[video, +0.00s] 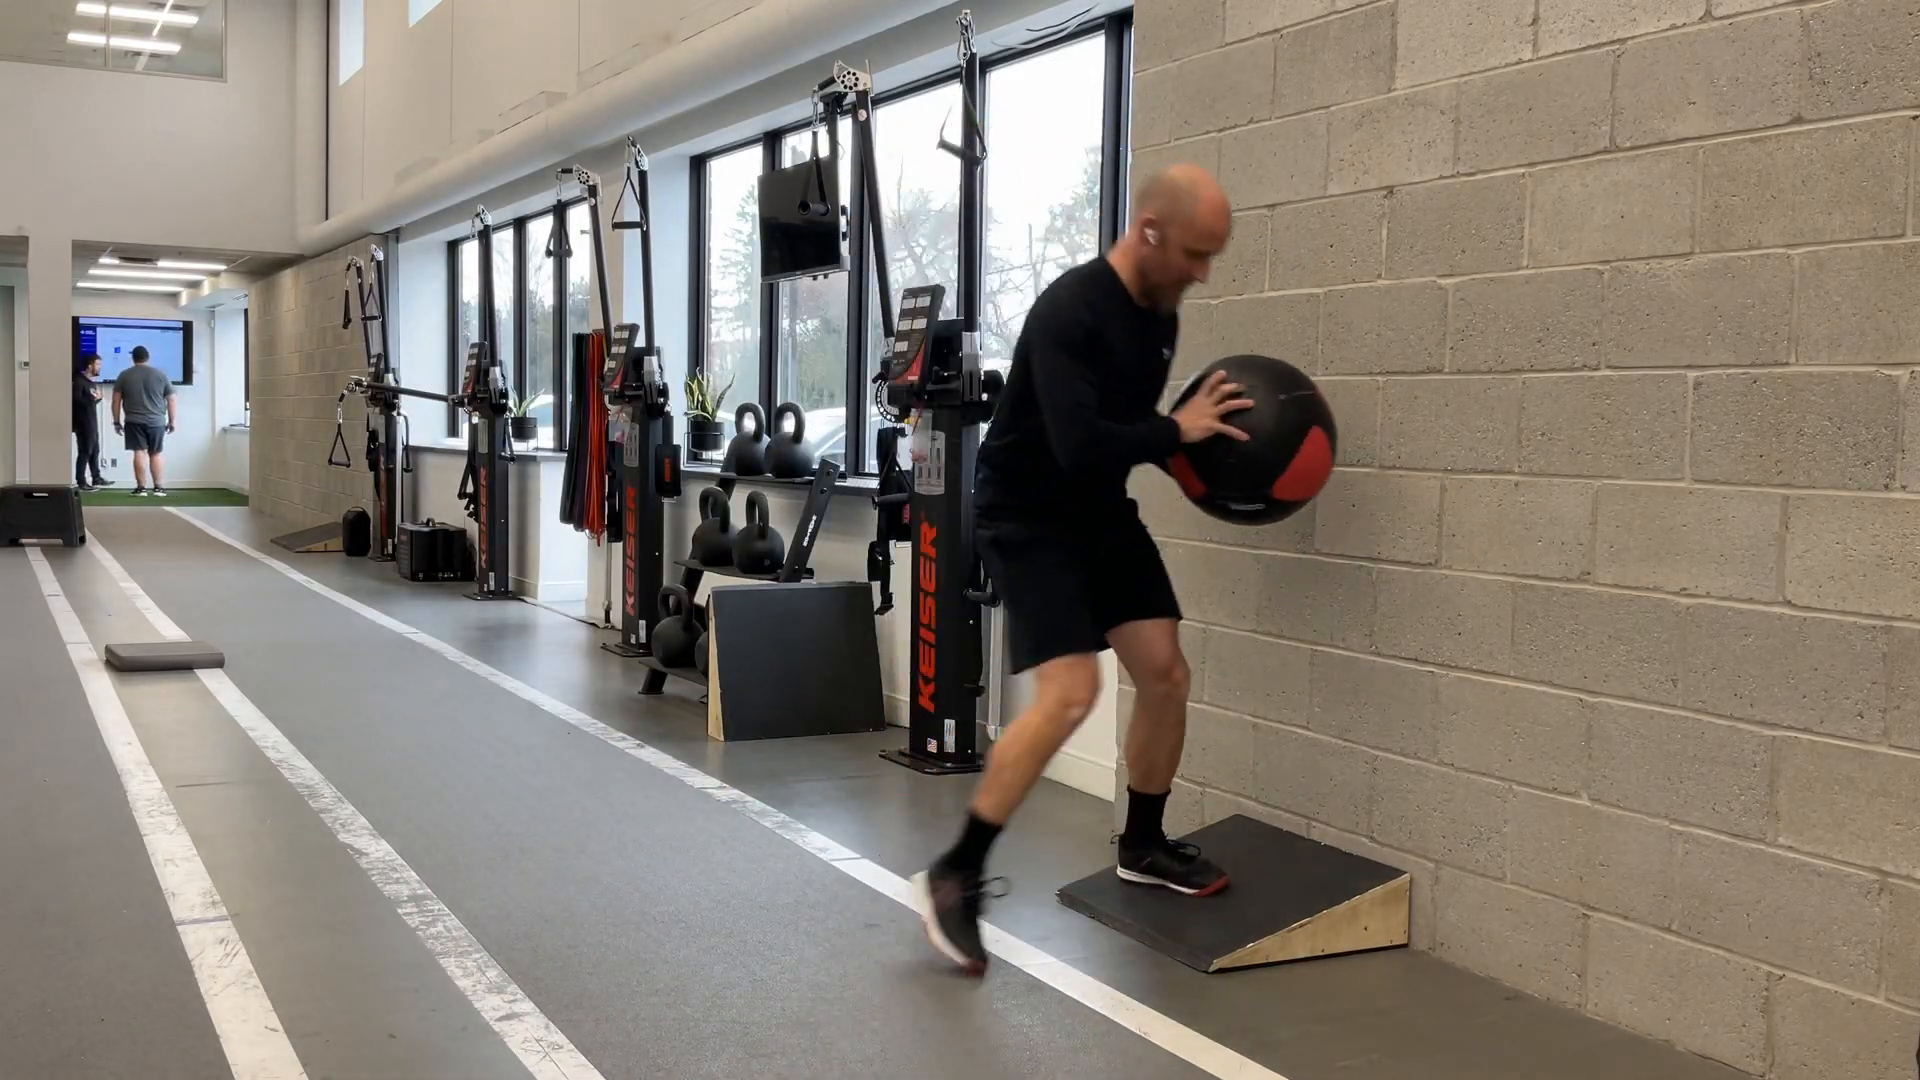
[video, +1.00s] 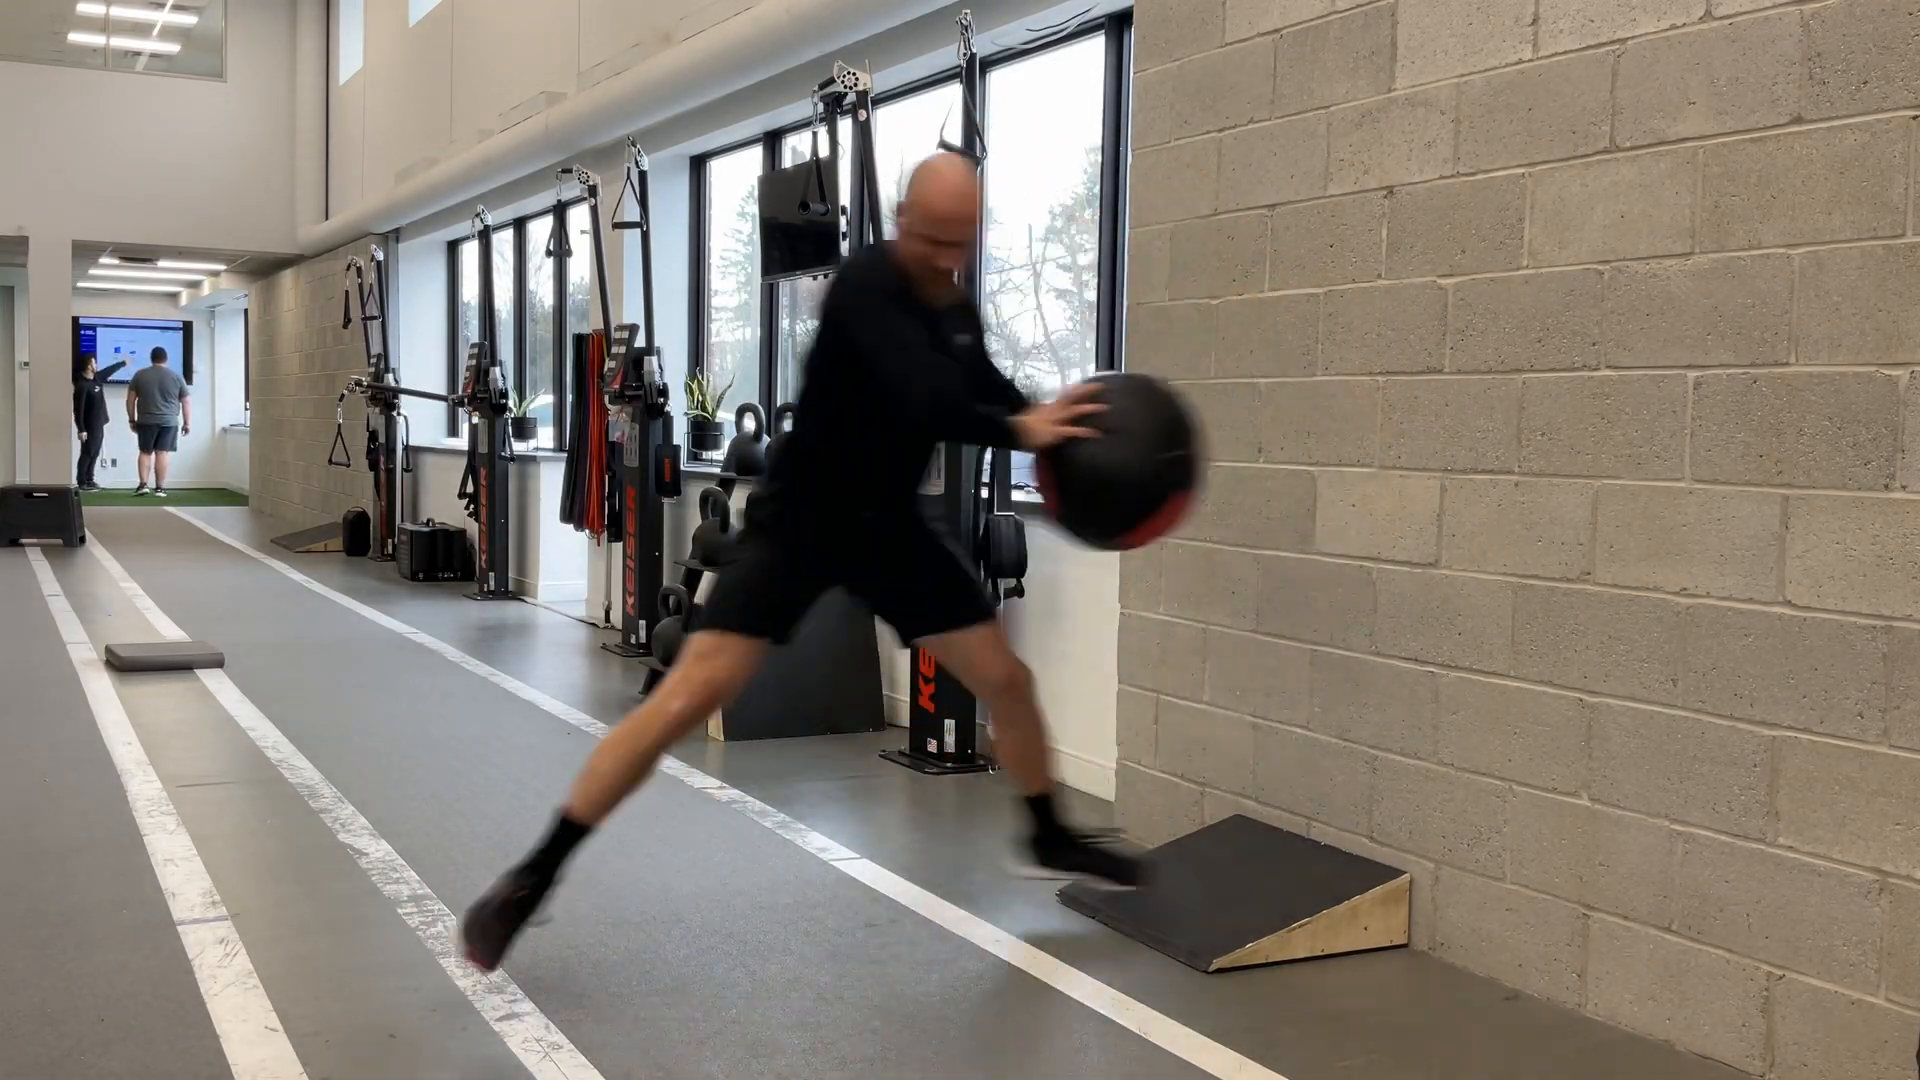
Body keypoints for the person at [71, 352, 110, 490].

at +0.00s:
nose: (99, 368)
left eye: (99, 365)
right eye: (97, 365)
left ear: (91, 366)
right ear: (90, 366)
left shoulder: (90, 381)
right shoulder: (79, 381)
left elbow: (89, 403)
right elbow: (81, 402)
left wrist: (97, 397)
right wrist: (95, 398)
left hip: (92, 423)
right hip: (83, 423)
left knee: (94, 451)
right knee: (84, 452)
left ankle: (96, 477)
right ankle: (81, 481)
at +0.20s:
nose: (97, 368)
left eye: (97, 364)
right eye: (96, 364)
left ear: (88, 366)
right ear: (91, 366)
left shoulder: (89, 383)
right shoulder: (80, 383)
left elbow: (87, 398)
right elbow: (80, 404)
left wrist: (97, 396)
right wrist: (94, 399)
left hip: (91, 423)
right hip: (83, 423)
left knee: (94, 450)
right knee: (86, 452)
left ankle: (96, 477)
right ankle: (82, 481)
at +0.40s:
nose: (96, 366)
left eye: (96, 363)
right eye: (95, 364)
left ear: (86, 365)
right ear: (91, 365)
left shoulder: (88, 383)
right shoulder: (80, 384)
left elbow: (96, 389)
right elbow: (81, 404)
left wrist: (111, 385)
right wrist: (96, 405)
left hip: (91, 423)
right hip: (84, 423)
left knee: (93, 451)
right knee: (86, 452)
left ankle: (94, 477)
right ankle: (82, 481)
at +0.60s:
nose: (96, 365)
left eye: (95, 362)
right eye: (94, 363)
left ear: (87, 365)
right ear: (90, 365)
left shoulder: (92, 379)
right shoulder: (80, 383)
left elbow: (105, 374)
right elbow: (79, 405)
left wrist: (121, 368)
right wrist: (96, 413)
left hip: (92, 420)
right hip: (84, 421)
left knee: (93, 450)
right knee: (86, 451)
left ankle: (92, 478)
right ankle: (82, 481)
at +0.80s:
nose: (95, 365)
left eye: (95, 363)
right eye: (93, 363)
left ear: (90, 365)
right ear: (88, 365)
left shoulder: (95, 379)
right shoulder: (80, 383)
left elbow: (107, 372)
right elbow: (78, 407)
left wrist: (121, 366)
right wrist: (90, 424)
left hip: (96, 422)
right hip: (85, 423)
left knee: (93, 454)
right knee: (85, 453)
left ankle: (90, 479)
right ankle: (82, 481)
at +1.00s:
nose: (95, 365)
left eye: (94, 363)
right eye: (92, 363)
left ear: (92, 365)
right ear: (87, 366)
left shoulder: (97, 378)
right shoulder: (82, 385)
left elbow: (109, 371)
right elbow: (78, 410)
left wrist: (123, 363)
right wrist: (81, 429)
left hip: (99, 423)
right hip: (90, 425)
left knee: (94, 454)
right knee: (87, 454)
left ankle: (90, 480)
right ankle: (82, 481)